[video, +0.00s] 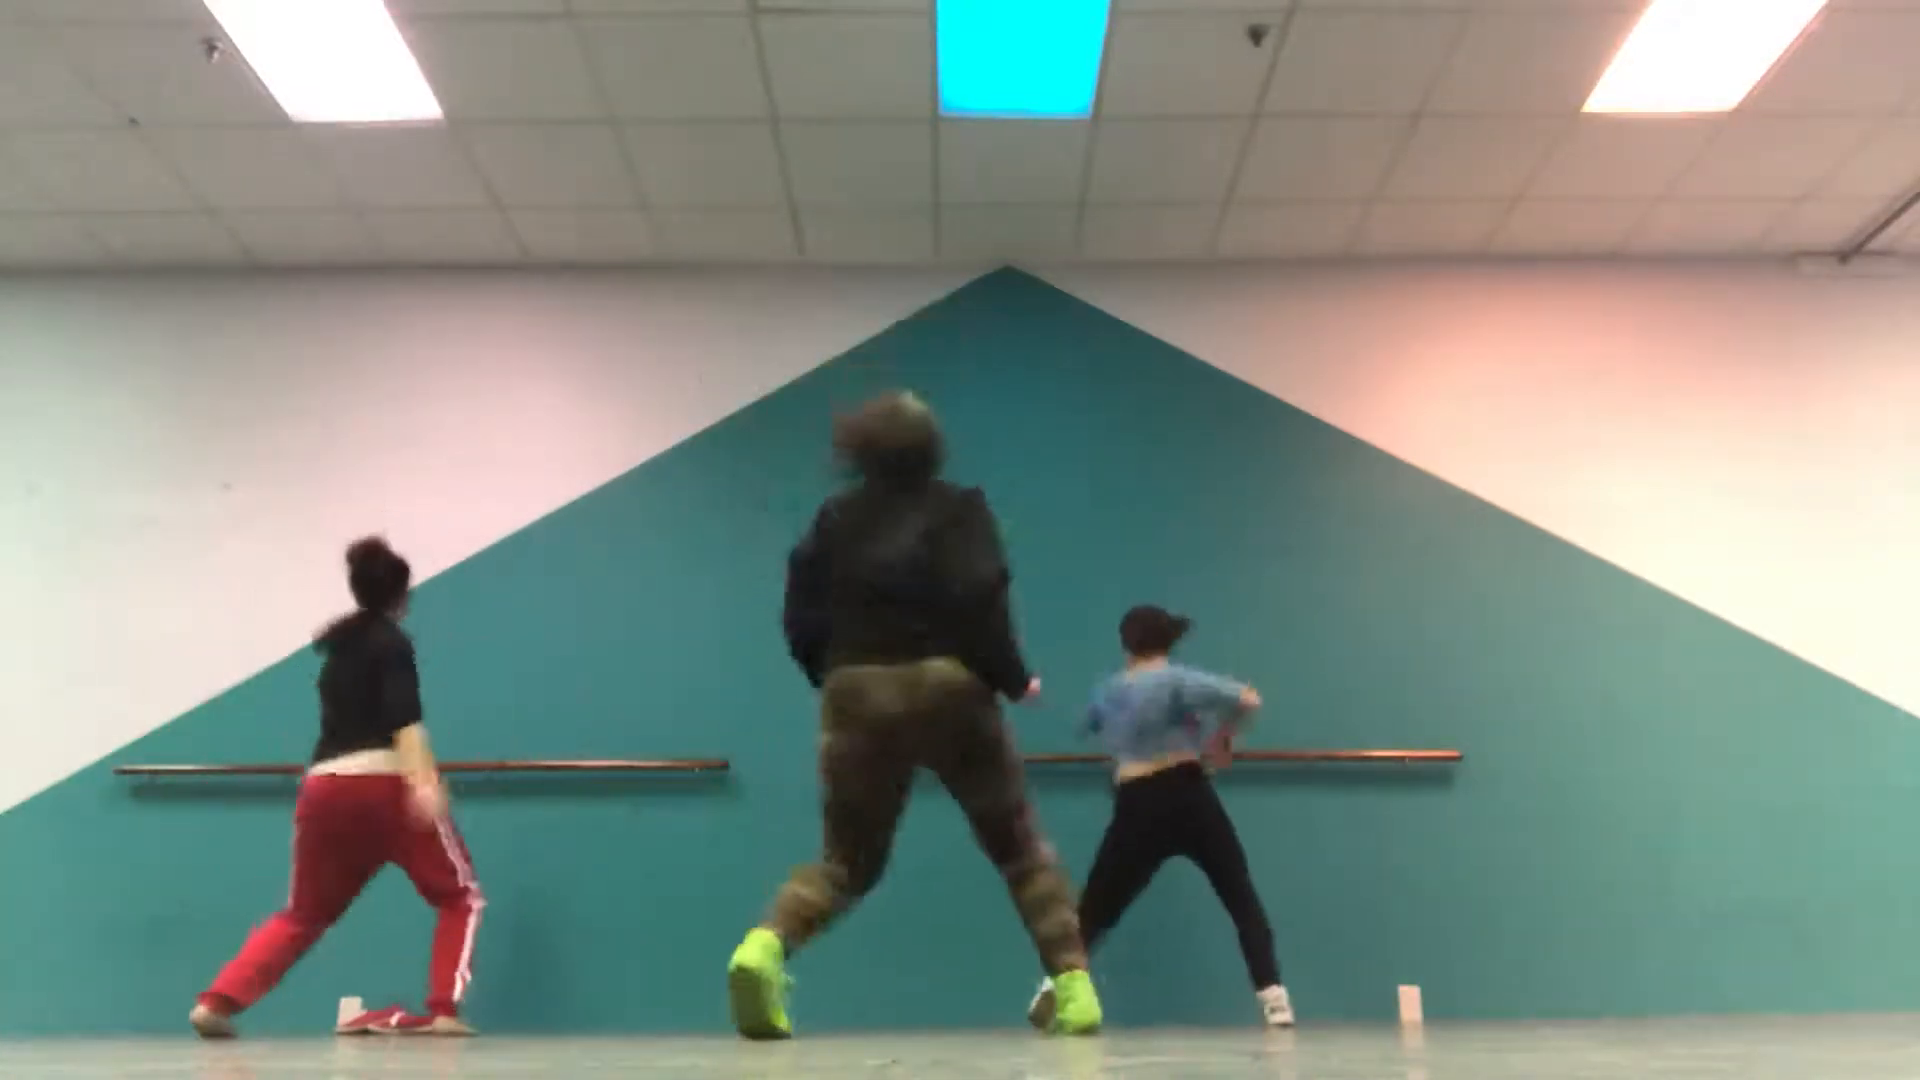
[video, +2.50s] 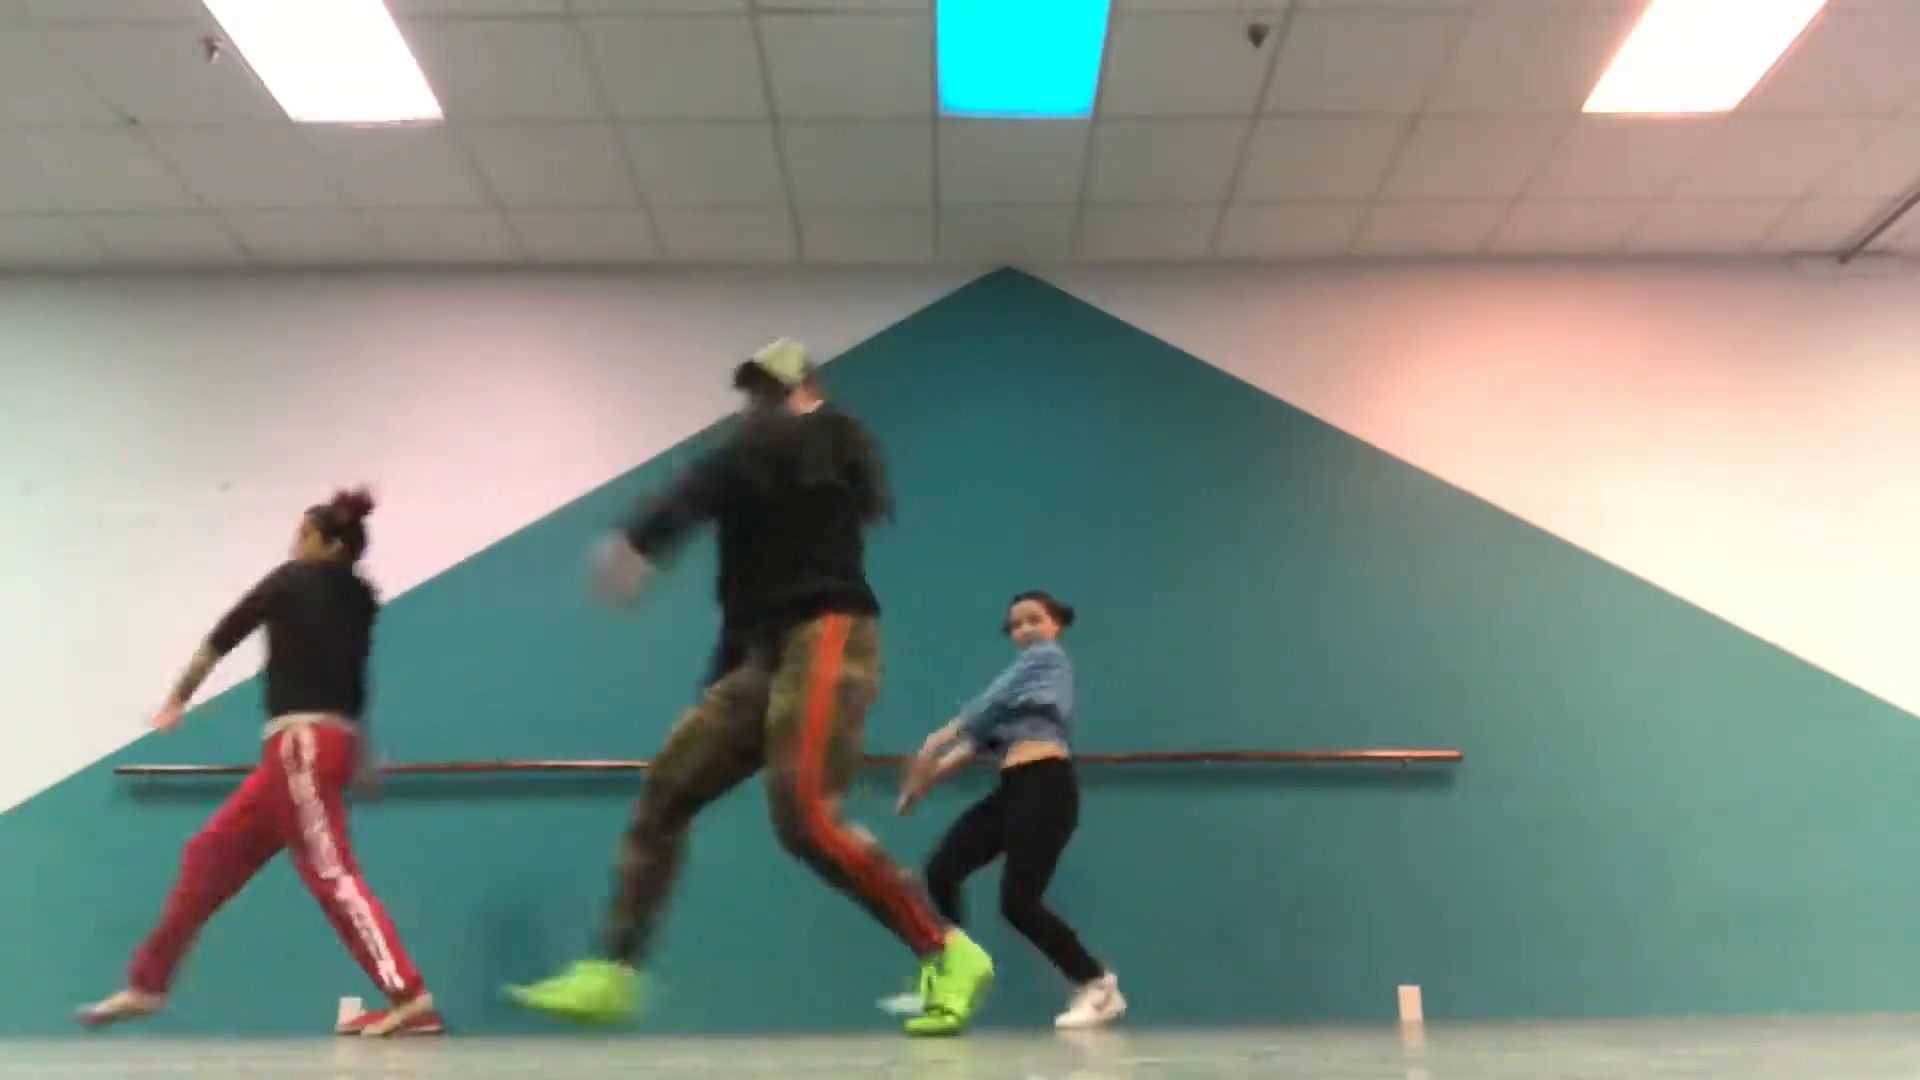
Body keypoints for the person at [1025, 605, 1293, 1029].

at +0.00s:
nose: (1171, 649)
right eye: (1171, 642)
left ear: (1128, 646)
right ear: (1168, 644)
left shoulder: (1110, 690)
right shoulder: (1178, 679)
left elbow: (1086, 729)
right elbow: (1248, 699)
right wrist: (1224, 738)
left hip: (1137, 799)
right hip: (1188, 791)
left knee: (1100, 900)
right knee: (1238, 893)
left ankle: (1058, 982)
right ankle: (1272, 993)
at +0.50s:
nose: (1046, 608)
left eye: (1056, 597)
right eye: (1044, 599)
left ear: (1083, 600)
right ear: (1045, 605)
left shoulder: (1100, 645)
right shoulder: (1049, 650)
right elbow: (991, 648)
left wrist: (1090, 612)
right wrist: (998, 586)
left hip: (1085, 760)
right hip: (1051, 762)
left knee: (1040, 872)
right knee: (996, 864)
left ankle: (1084, 989)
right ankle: (1028, 972)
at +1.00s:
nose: (1040, 579)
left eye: (1052, 571)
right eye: (1036, 571)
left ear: (1074, 585)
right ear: (1030, 583)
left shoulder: (1072, 628)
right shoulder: (1036, 634)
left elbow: (1096, 685)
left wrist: (1100, 739)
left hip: (1064, 738)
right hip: (1033, 741)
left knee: (1047, 863)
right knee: (1026, 864)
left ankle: (1081, 987)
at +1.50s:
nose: (1120, 625)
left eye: (1129, 616)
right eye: (1112, 619)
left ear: (1151, 621)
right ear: (1107, 629)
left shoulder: (1142, 656)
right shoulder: (1134, 666)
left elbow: (1131, 707)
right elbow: (1134, 736)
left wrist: (1075, 733)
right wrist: (1095, 765)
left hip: (1145, 778)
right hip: (1151, 785)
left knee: (1044, 828)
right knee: (1155, 911)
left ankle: (1082, 934)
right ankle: (1238, 985)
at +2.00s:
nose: (1114, 625)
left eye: (1122, 614)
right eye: (1105, 620)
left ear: (1144, 616)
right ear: (1100, 630)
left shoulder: (1143, 656)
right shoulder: (1127, 665)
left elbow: (1105, 704)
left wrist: (1050, 750)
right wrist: (1093, 758)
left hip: (1135, 774)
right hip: (1138, 778)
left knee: (1039, 817)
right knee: (1142, 894)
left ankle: (1064, 935)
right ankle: (1222, 978)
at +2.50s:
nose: (1023, 630)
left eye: (1033, 620)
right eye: (1015, 625)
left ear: (1056, 624)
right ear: (1010, 635)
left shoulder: (1046, 658)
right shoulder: (1021, 676)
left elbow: (988, 705)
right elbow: (976, 739)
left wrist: (940, 740)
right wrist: (928, 775)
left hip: (1046, 789)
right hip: (1012, 792)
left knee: (1019, 903)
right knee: (941, 873)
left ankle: (1097, 985)